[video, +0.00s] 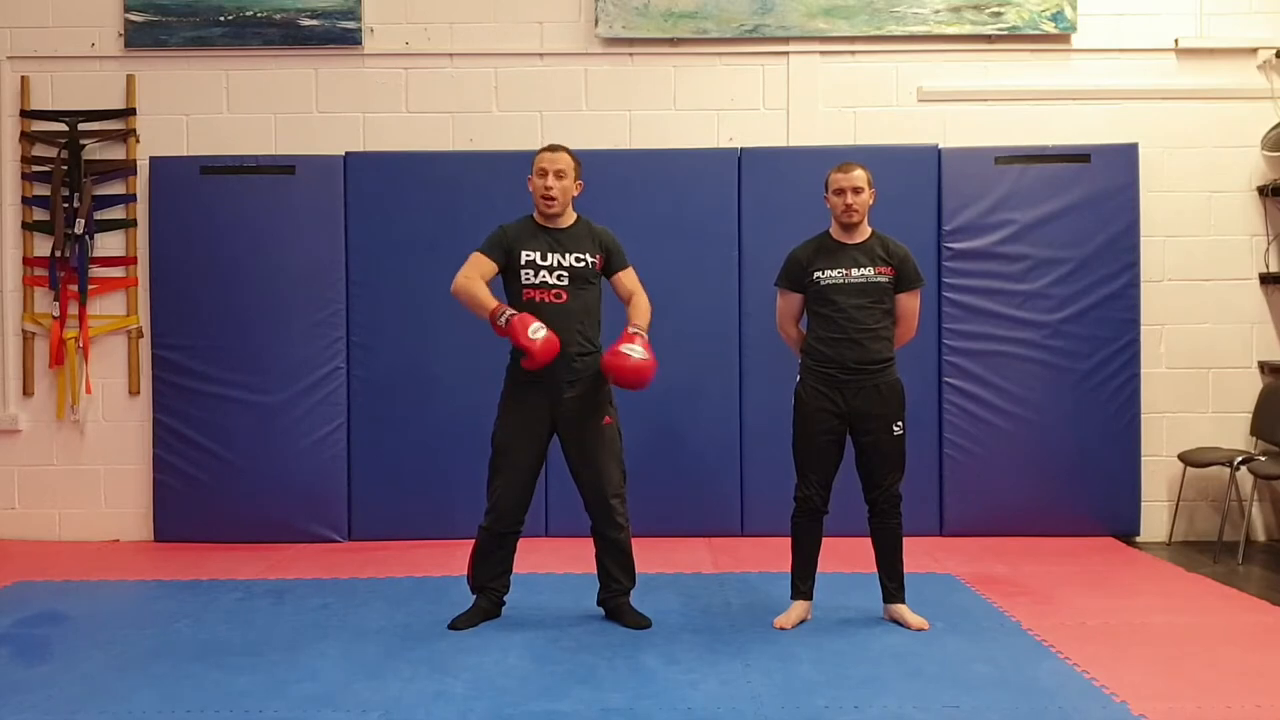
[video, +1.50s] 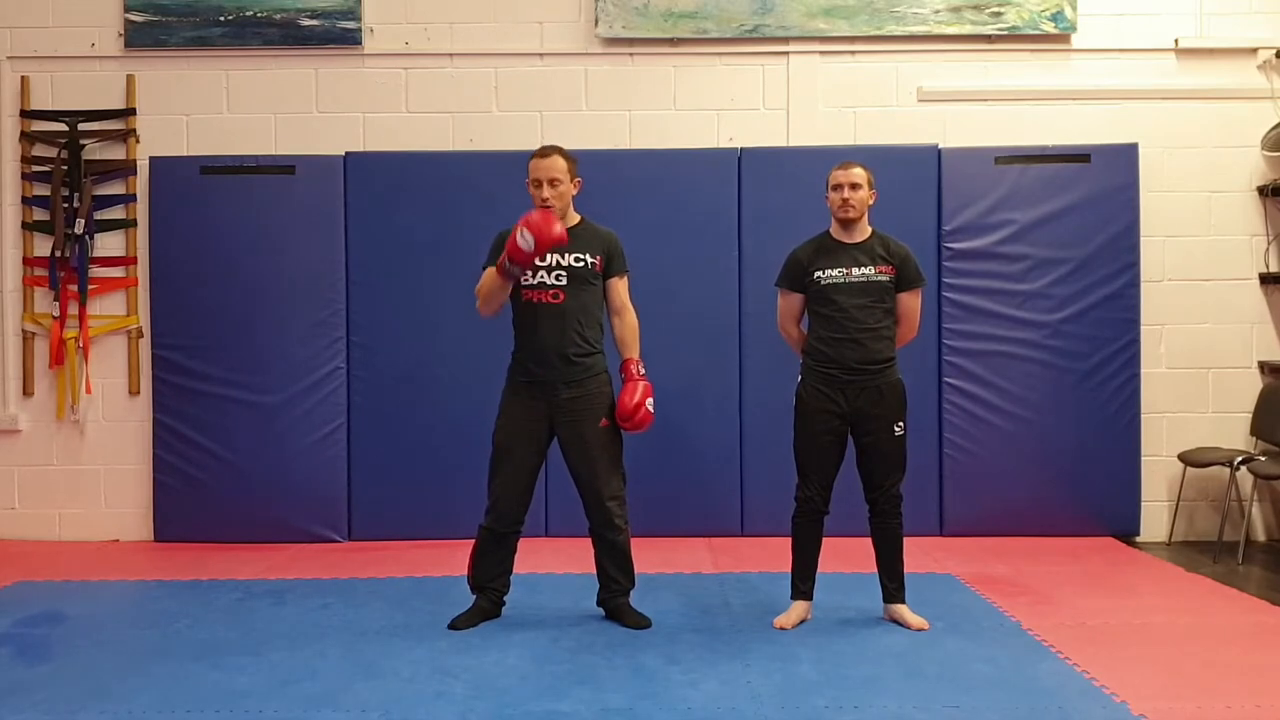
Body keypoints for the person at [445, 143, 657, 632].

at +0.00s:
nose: (548, 184)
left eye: (559, 176)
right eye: (541, 175)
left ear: (576, 185)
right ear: (530, 181)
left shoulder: (599, 241)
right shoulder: (510, 237)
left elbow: (636, 297)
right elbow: (464, 283)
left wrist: (636, 336)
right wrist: (508, 319)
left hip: (587, 387)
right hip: (527, 386)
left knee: (608, 498)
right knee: (505, 496)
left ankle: (616, 597)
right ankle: (488, 597)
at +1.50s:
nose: (543, 192)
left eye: (552, 183)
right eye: (535, 184)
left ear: (575, 185)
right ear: (527, 188)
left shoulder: (603, 242)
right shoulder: (514, 240)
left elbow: (622, 311)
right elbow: (486, 305)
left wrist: (633, 373)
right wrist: (515, 257)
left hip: (587, 389)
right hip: (527, 389)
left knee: (607, 500)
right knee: (505, 498)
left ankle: (616, 598)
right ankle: (488, 597)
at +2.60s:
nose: (612, 188)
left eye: (612, 180)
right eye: (602, 179)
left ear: (594, 186)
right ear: (569, 184)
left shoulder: (602, 246)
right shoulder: (530, 238)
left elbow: (606, 310)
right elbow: (501, 304)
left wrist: (637, 347)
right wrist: (562, 319)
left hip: (594, 390)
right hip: (540, 392)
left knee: (608, 497)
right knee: (514, 498)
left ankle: (614, 595)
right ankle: (489, 596)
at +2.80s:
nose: (649, 192)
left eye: (650, 184)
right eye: (640, 183)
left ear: (627, 189)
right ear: (609, 185)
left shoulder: (633, 250)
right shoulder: (565, 231)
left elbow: (651, 312)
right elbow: (530, 291)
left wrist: (701, 314)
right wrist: (586, 318)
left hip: (614, 388)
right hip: (560, 386)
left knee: (619, 496)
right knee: (529, 494)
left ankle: (615, 594)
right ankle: (491, 590)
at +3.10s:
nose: (671, 191)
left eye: (674, 183)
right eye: (662, 180)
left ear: (671, 189)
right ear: (632, 181)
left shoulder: (663, 251)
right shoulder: (589, 227)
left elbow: (674, 315)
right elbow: (547, 286)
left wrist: (719, 314)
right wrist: (595, 319)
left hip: (633, 380)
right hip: (582, 375)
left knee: (631, 489)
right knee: (579, 485)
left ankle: (616, 593)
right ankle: (567, 598)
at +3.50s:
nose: (640, 188)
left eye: (647, 178)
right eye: (629, 179)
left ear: (655, 182)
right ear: (608, 183)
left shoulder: (665, 242)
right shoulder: (584, 240)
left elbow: (666, 294)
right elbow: (556, 307)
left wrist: (686, 322)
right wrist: (606, 336)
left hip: (664, 385)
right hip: (608, 389)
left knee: (703, 480)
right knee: (601, 500)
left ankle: (674, 573)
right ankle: (602, 607)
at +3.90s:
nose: (712, 190)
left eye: (713, 181)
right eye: (702, 180)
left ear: (706, 188)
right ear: (671, 183)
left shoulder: (705, 246)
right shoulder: (636, 241)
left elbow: (711, 306)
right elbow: (614, 310)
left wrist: (735, 309)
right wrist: (674, 332)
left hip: (705, 390)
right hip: (654, 390)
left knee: (717, 495)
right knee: (632, 498)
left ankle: (693, 595)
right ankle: (607, 605)